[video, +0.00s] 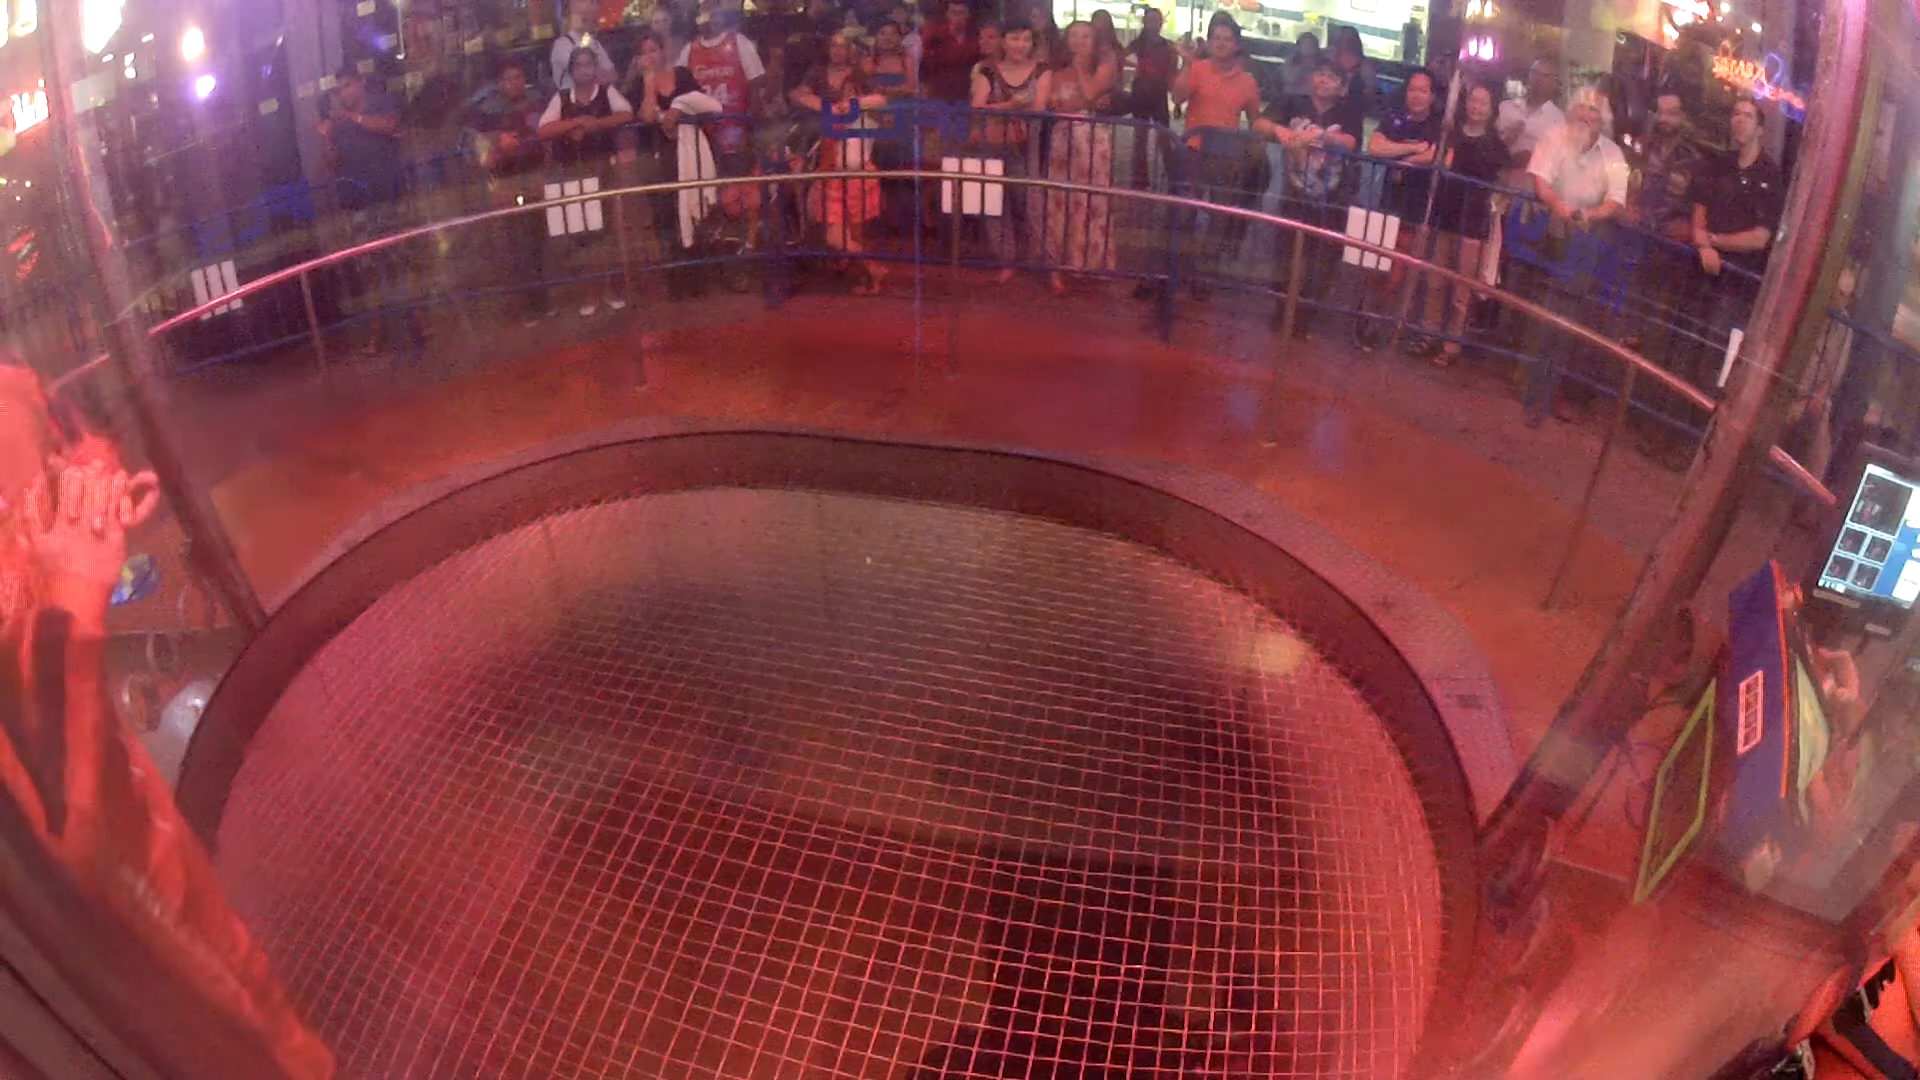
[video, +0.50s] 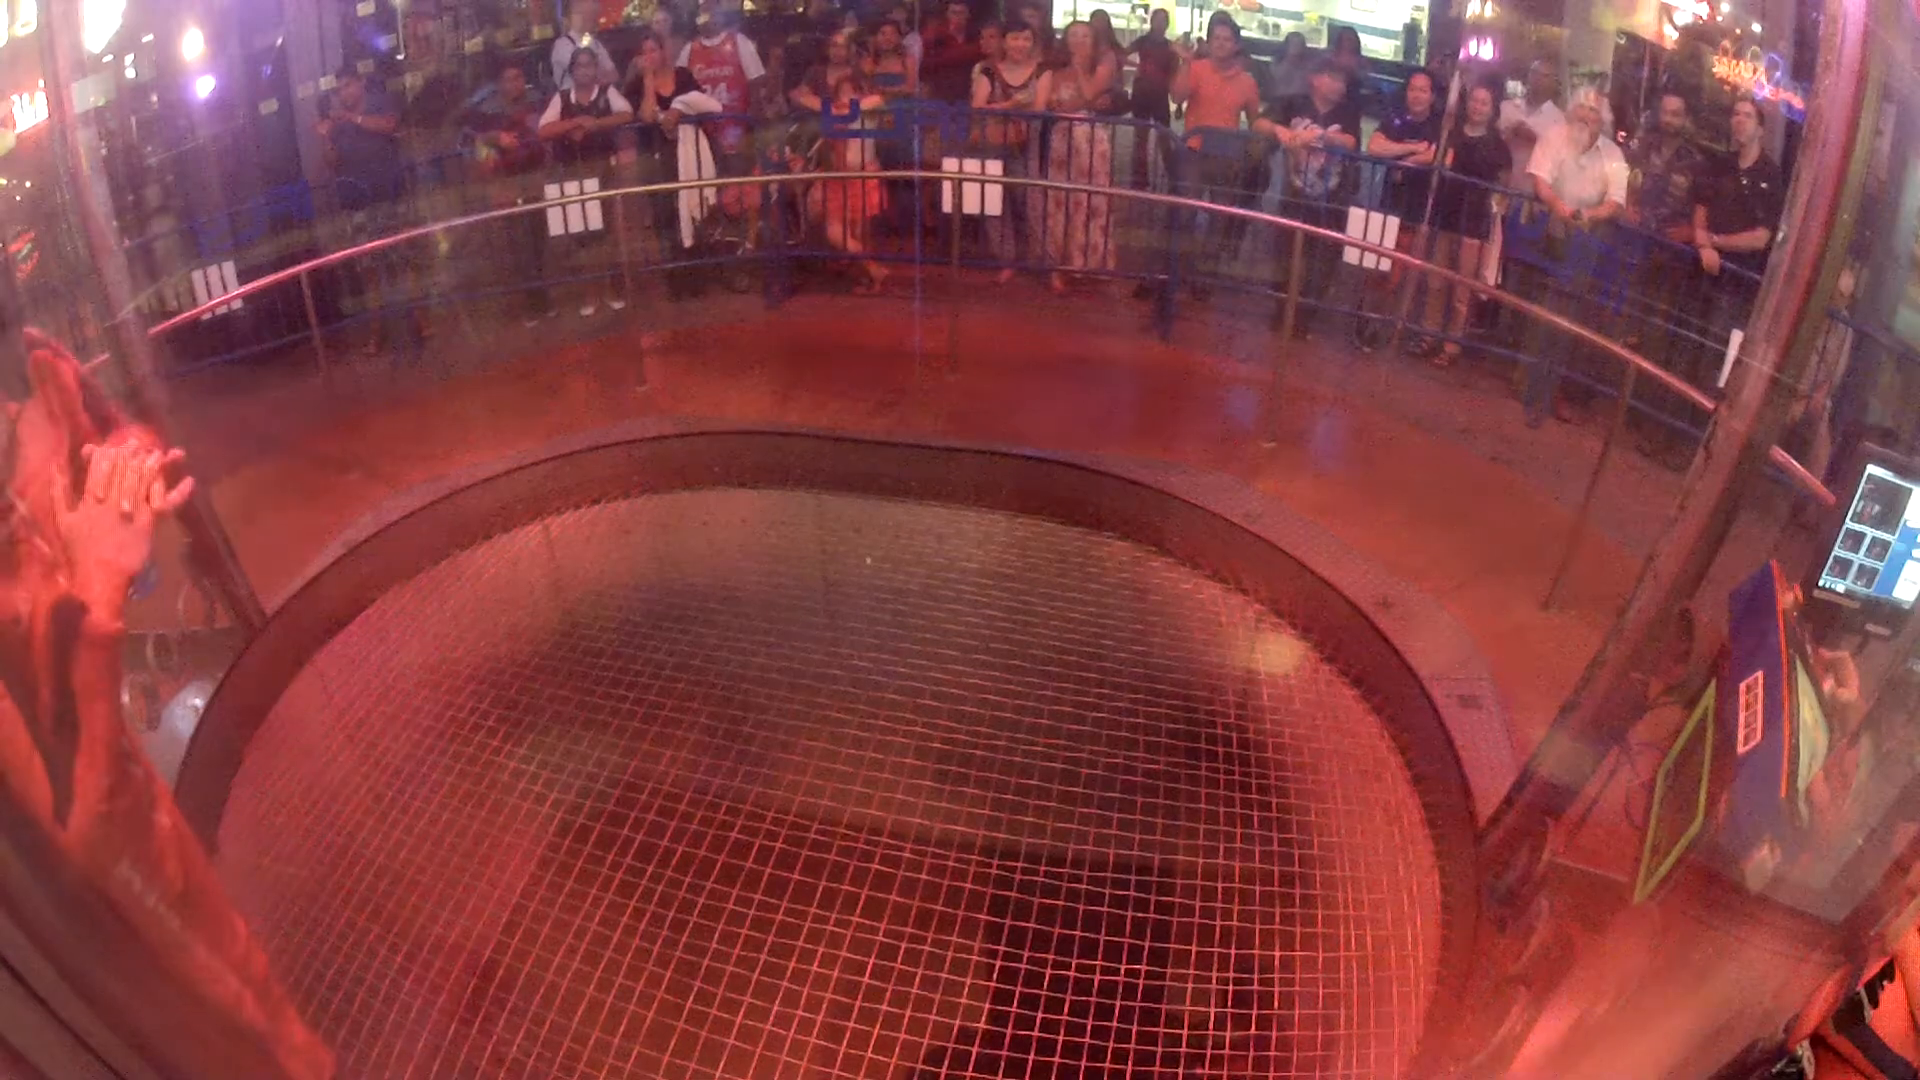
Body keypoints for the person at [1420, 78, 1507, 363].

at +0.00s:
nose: (1476, 107)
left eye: (1483, 102)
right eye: (1473, 100)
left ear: (1492, 110)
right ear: (1465, 104)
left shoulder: (1496, 146)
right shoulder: (1452, 138)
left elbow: (1490, 174)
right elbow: (1437, 166)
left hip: (1473, 219)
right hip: (1443, 213)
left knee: (1462, 286)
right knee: (1435, 279)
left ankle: (1452, 342)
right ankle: (1428, 333)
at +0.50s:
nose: (1477, 107)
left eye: (1484, 103)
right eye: (1473, 101)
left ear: (1494, 109)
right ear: (1465, 104)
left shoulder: (1498, 146)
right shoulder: (1452, 136)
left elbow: (1494, 180)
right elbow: (1438, 167)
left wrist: (1456, 161)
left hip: (1474, 219)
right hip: (1443, 212)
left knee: (1463, 285)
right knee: (1435, 280)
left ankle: (1452, 342)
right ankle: (1429, 333)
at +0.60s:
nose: (1478, 107)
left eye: (1485, 103)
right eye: (1474, 101)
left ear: (1494, 109)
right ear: (1466, 104)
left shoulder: (1498, 146)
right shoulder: (1453, 137)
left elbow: (1501, 186)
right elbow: (1439, 169)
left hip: (1475, 218)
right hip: (1444, 212)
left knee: (1463, 284)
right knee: (1435, 278)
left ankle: (1452, 341)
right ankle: (1429, 332)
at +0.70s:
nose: (1477, 107)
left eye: (1484, 103)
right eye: (1473, 100)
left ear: (1494, 110)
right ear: (1466, 103)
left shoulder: (1498, 148)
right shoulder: (1452, 137)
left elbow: (1497, 185)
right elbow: (1437, 168)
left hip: (1474, 219)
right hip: (1443, 213)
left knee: (1463, 285)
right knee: (1435, 279)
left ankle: (1452, 341)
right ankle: (1429, 332)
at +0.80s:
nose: (1477, 107)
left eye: (1484, 103)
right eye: (1474, 101)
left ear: (1494, 110)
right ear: (1466, 104)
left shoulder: (1498, 148)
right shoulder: (1451, 137)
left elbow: (1499, 186)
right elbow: (1437, 169)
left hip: (1474, 219)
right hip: (1443, 213)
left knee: (1463, 285)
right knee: (1435, 279)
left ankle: (1452, 341)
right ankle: (1429, 332)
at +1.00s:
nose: (1478, 107)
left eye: (1485, 103)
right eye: (1474, 101)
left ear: (1494, 111)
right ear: (1466, 104)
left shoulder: (1498, 147)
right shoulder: (1452, 137)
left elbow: (1504, 185)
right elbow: (1439, 166)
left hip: (1475, 217)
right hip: (1445, 211)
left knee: (1463, 284)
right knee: (1435, 277)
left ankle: (1452, 341)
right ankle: (1429, 331)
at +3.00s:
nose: (1480, 107)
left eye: (1487, 103)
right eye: (1477, 101)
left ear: (1497, 111)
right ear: (1469, 104)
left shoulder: (1500, 148)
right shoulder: (1453, 137)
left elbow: (1506, 187)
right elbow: (1439, 166)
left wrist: (1495, 206)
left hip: (1476, 220)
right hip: (1444, 212)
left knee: (1463, 289)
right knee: (1435, 281)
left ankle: (1453, 342)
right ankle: (1429, 333)